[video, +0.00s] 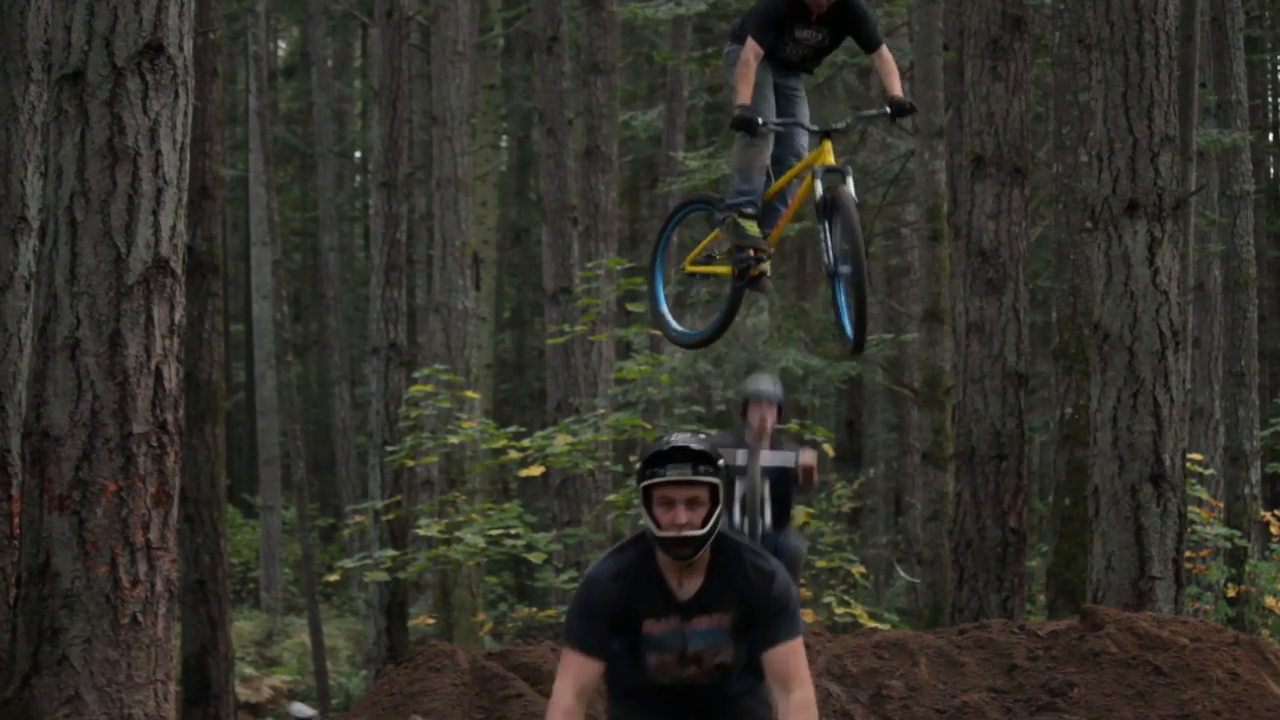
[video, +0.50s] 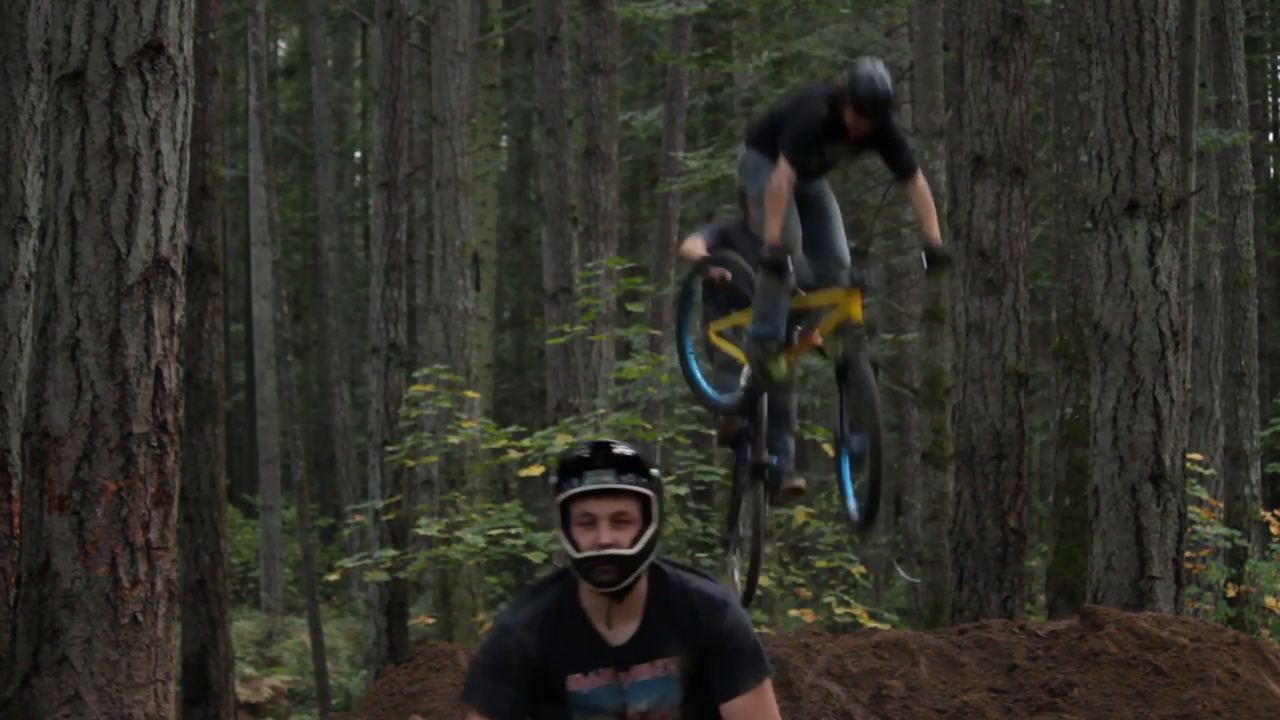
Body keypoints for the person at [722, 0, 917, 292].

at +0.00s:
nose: (820, 1)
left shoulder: (849, 10)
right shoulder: (779, 5)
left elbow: (880, 52)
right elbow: (749, 54)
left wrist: (896, 95)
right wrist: (743, 106)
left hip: (791, 73)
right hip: (753, 60)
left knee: (795, 156)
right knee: (759, 126)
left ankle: (758, 248)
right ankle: (742, 213)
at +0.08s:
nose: (826, 10)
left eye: (834, 5)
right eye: (821, 3)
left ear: (842, 4)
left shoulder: (853, 16)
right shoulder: (782, 11)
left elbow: (883, 60)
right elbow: (753, 62)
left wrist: (901, 106)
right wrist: (746, 116)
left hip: (792, 79)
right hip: (755, 67)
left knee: (800, 163)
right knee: (762, 132)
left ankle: (759, 252)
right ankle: (744, 222)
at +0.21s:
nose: (839, 35)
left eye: (847, 29)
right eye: (833, 26)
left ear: (856, 27)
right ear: (819, 18)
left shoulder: (862, 38)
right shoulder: (792, 27)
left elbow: (893, 85)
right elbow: (762, 86)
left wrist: (911, 135)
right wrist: (753, 144)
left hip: (797, 101)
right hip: (757, 89)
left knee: (813, 179)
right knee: (770, 161)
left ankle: (777, 255)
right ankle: (751, 250)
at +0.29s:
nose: (843, 50)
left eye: (851, 44)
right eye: (838, 41)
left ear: (861, 41)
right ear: (825, 32)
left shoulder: (866, 53)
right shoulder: (798, 42)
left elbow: (898, 102)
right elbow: (767, 102)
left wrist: (916, 156)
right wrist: (757, 163)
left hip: (799, 114)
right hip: (758, 101)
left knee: (818, 194)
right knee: (775, 179)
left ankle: (778, 266)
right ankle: (754, 270)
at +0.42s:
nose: (856, 96)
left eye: (864, 90)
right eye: (851, 86)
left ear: (876, 87)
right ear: (839, 75)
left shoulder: (877, 100)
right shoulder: (809, 84)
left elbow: (909, 150)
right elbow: (777, 146)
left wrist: (928, 210)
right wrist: (766, 212)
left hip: (806, 155)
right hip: (761, 140)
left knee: (831, 239)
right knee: (781, 223)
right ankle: (762, 314)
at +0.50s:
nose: (863, 126)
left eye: (871, 120)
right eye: (859, 116)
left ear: (883, 115)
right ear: (846, 103)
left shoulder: (882, 126)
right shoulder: (815, 111)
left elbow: (914, 179)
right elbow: (782, 176)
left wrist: (934, 242)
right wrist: (773, 243)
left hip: (809, 177)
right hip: (763, 162)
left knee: (836, 261)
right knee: (783, 248)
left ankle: (823, 332)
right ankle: (765, 340)